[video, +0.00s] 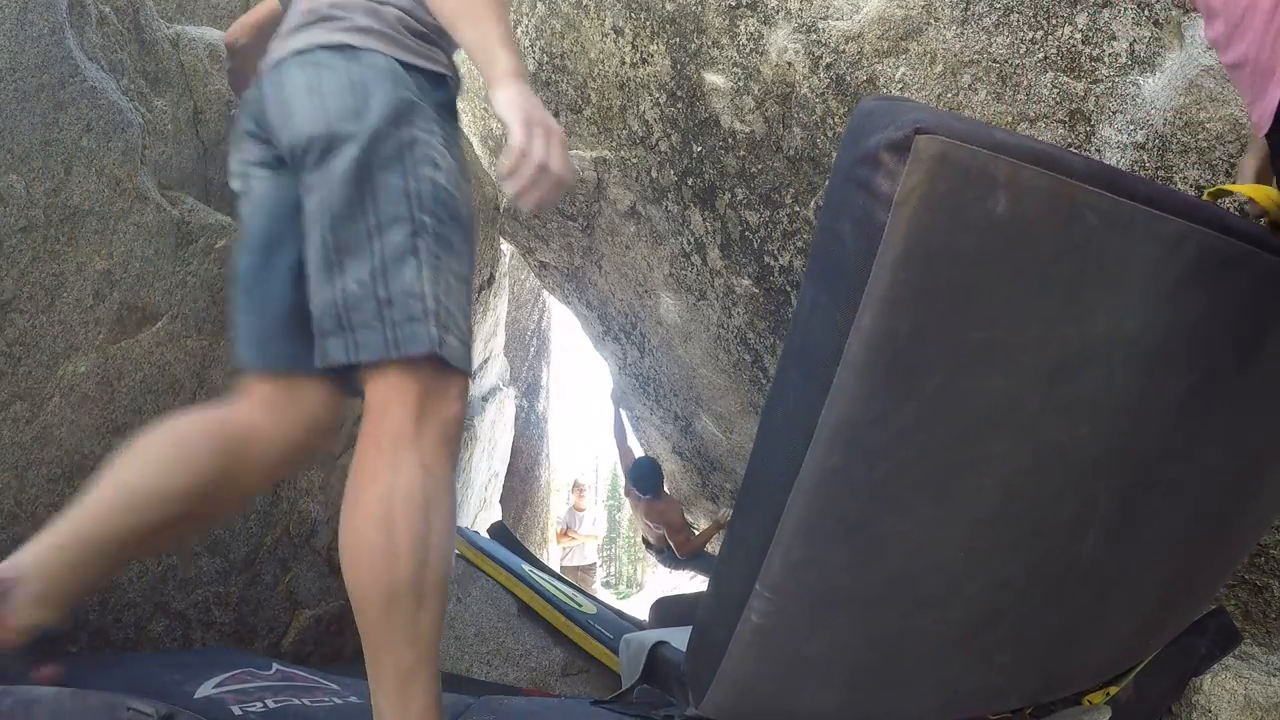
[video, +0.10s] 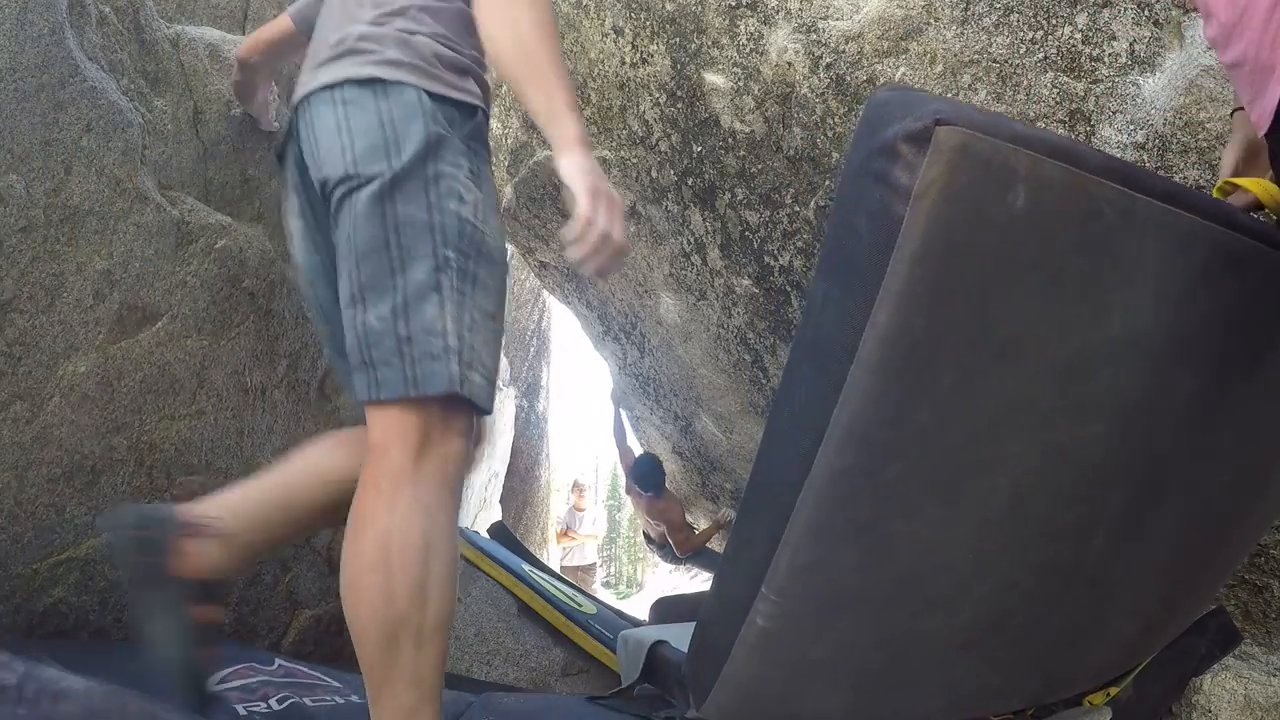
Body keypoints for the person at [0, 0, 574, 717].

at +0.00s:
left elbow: (246, 35)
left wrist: (258, 27)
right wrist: (509, 78)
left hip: (276, 77)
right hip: (374, 66)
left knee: (292, 403)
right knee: (417, 398)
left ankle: (23, 595)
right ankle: (409, 708)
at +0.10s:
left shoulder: (346, 9)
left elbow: (255, 48)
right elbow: (501, 5)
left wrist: (254, 89)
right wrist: (572, 145)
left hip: (315, 124)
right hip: (402, 99)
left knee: (411, 431)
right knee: (424, 436)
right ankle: (405, 705)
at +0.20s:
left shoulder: (362, 7)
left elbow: (265, 51)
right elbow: (529, 19)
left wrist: (259, 90)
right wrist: (613, 189)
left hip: (346, 148)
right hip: (423, 123)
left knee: (548, 395)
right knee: (434, 444)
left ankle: (397, 583)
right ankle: (409, 705)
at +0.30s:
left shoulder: (387, 7)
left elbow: (277, 50)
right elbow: (545, 26)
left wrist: (262, 99)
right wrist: (622, 197)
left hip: (366, 142)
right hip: (437, 125)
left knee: (592, 363)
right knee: (450, 440)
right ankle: (415, 705)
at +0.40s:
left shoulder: (401, 6)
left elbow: (290, 49)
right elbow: (550, 31)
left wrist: (261, 104)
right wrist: (629, 200)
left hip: (382, 150)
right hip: (452, 134)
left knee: (610, 358)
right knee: (461, 444)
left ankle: (631, 613)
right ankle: (420, 709)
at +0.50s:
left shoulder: (405, 6)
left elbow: (296, 52)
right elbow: (551, 40)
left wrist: (258, 107)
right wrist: (635, 207)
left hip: (391, 159)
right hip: (462, 143)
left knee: (609, 366)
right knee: (484, 440)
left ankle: (635, 631)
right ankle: (425, 708)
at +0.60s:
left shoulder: (409, 8)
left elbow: (298, 52)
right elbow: (556, 50)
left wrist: (259, 106)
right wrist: (637, 213)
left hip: (388, 163)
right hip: (465, 142)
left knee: (598, 371)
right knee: (484, 441)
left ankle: (643, 628)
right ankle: (427, 707)